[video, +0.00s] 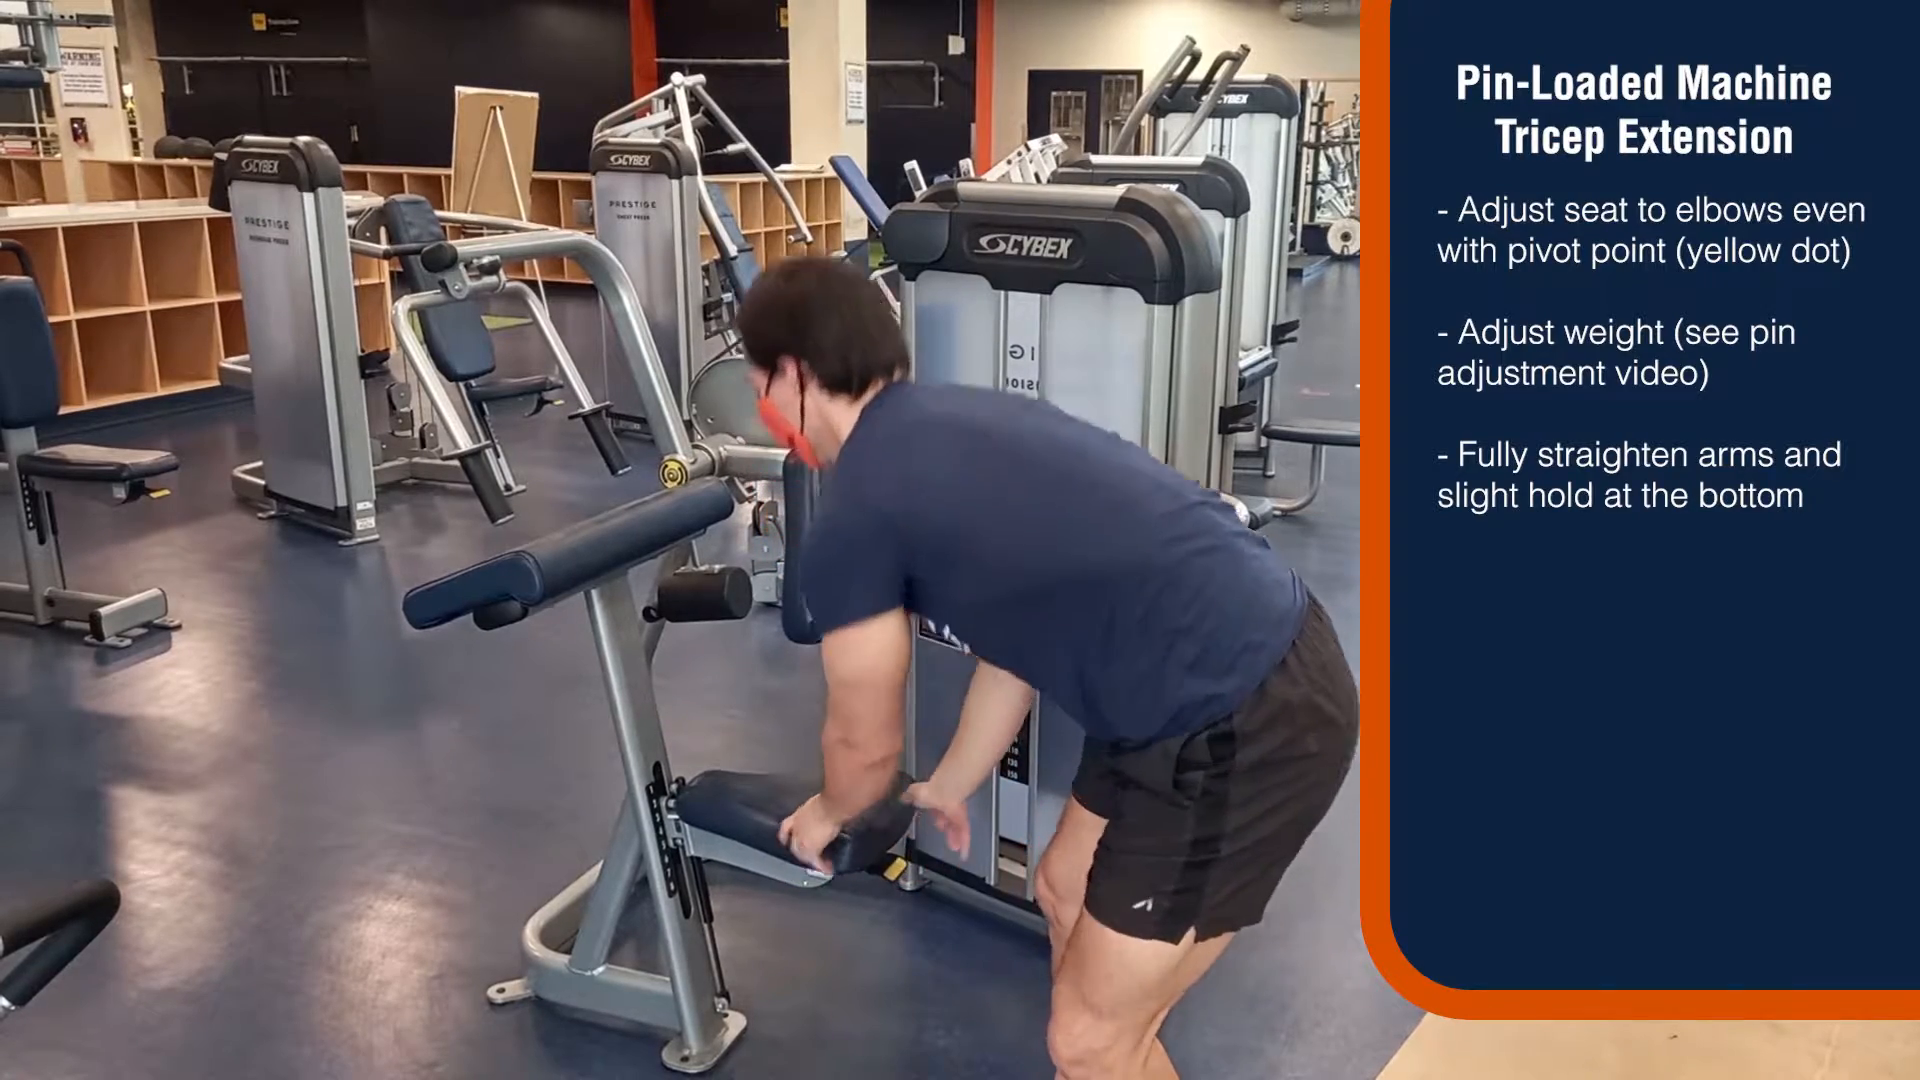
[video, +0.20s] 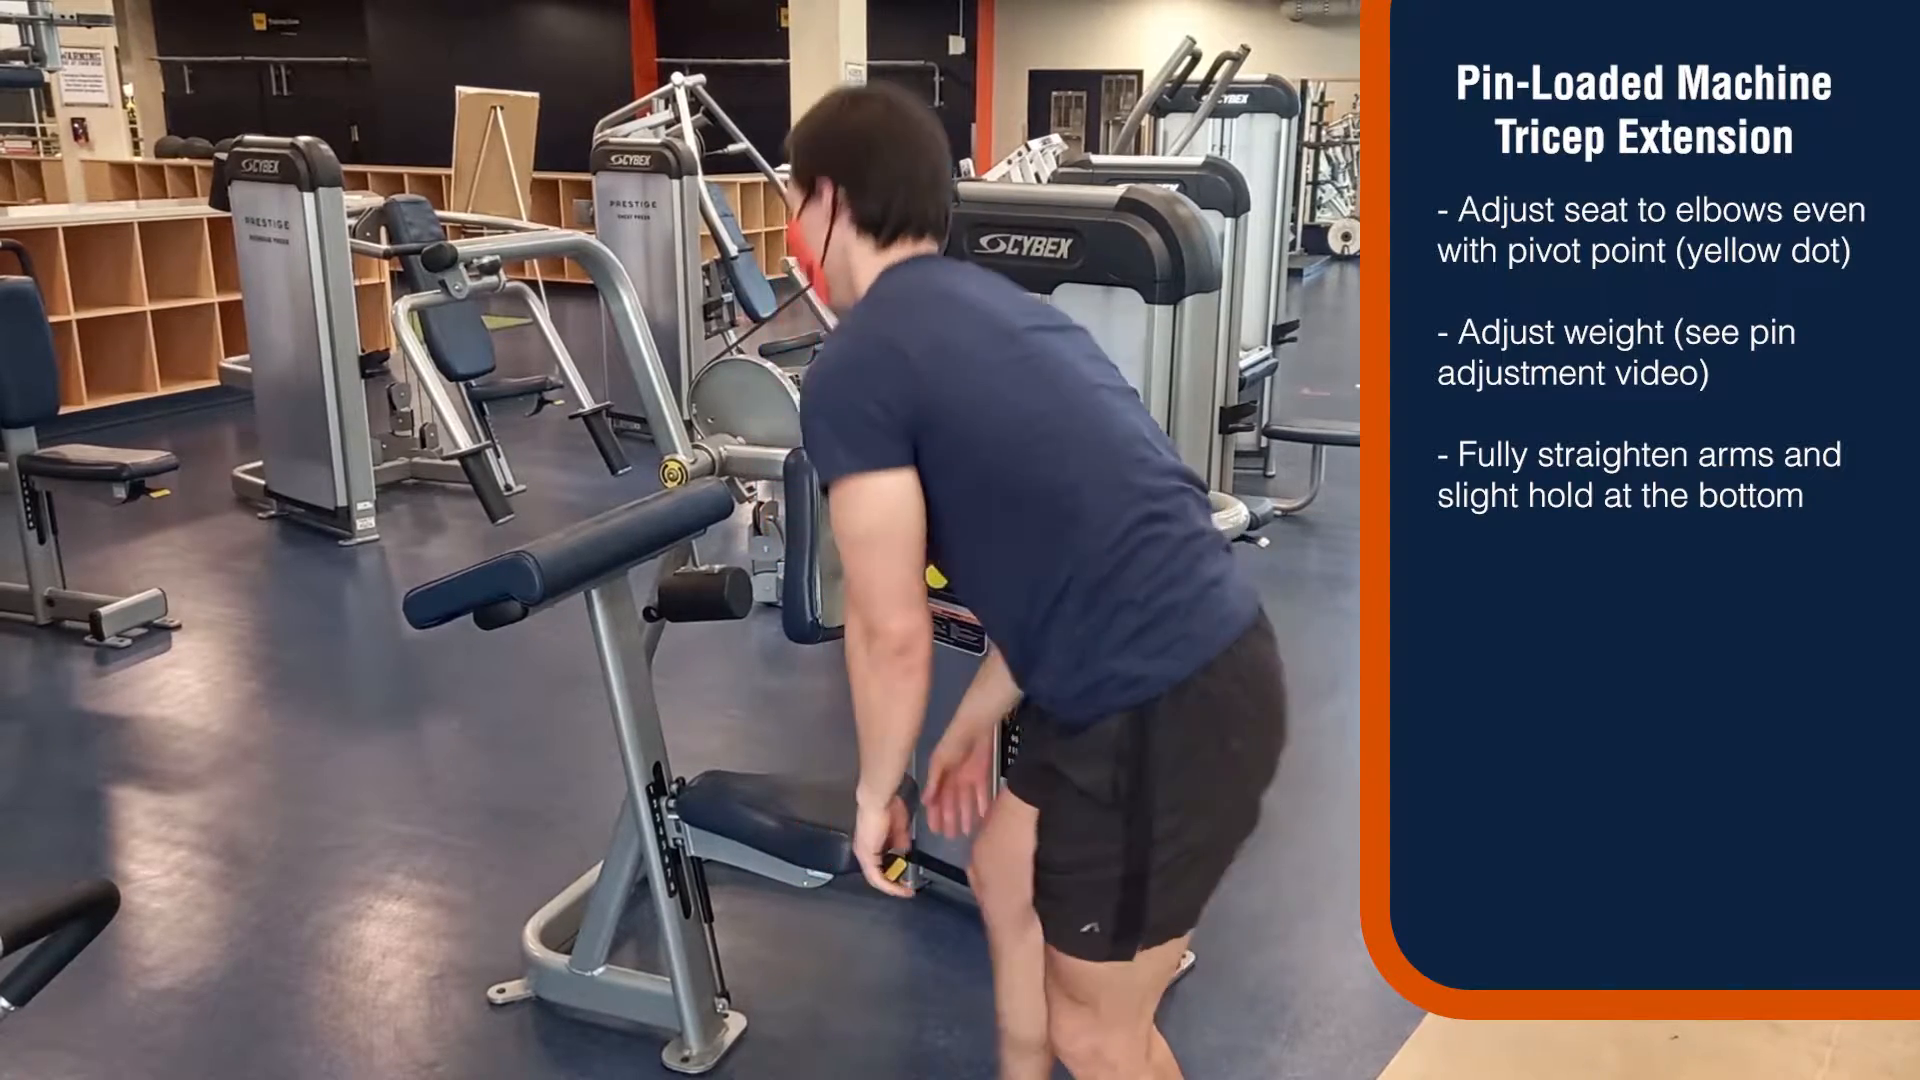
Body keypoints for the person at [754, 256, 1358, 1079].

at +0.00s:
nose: (763, 405)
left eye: (761, 381)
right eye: (759, 383)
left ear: (794, 377)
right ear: (882, 352)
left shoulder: (860, 498)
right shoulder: (958, 418)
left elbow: (866, 743)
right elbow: (1026, 626)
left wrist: (833, 812)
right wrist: (948, 785)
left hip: (1234, 712)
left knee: (1095, 1044)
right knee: (1067, 894)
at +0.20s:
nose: (792, 237)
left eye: (794, 206)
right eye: (791, 207)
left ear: (827, 205)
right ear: (929, 198)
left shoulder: (862, 358)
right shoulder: (1004, 306)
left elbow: (891, 628)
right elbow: (1083, 540)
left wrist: (876, 793)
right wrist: (977, 716)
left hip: (1160, 693)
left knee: (1100, 1037)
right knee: (1008, 875)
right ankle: (1026, 1072)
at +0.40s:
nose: (817, 126)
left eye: (818, 102)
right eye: (820, 103)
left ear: (839, 108)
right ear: (957, 116)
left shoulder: (827, 272)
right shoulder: (1037, 263)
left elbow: (856, 548)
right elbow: (1070, 482)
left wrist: (852, 762)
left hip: (1013, 690)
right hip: (1101, 646)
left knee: (1078, 1015)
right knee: (943, 909)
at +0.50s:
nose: (811, 103)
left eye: (815, 78)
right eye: (816, 79)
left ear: (836, 85)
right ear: (956, 102)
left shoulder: (808, 249)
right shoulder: (1018, 241)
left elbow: (809, 515)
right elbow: (1069, 454)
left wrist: (769, 731)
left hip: (952, 676)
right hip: (1053, 637)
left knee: (963, 1001)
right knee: (931, 976)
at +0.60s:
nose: (802, 90)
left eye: (804, 67)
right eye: (805, 67)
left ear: (822, 71)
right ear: (941, 88)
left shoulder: (799, 226)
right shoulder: (1008, 227)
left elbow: (758, 497)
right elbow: (1042, 441)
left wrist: (672, 691)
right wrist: (896, 434)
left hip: (895, 655)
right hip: (1014, 622)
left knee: (831, 957)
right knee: (914, 920)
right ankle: (936, 1076)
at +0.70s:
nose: (785, 90)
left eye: (789, 61)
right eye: (791, 64)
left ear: (805, 57)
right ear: (916, 74)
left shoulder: (778, 214)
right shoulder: (990, 218)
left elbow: (710, 483)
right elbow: (1021, 424)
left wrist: (599, 634)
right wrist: (863, 444)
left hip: (844, 647)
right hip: (978, 625)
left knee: (743, 907)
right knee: (908, 906)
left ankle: (864, 1075)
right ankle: (918, 1077)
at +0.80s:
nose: (753, 90)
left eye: (755, 66)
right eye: (759, 69)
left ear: (768, 62)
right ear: (886, 78)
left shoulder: (728, 215)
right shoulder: (965, 219)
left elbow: (665, 475)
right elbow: (1002, 427)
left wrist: (566, 566)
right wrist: (861, 431)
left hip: (799, 640)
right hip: (949, 622)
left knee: (707, 898)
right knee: (902, 907)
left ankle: (707, 1073)